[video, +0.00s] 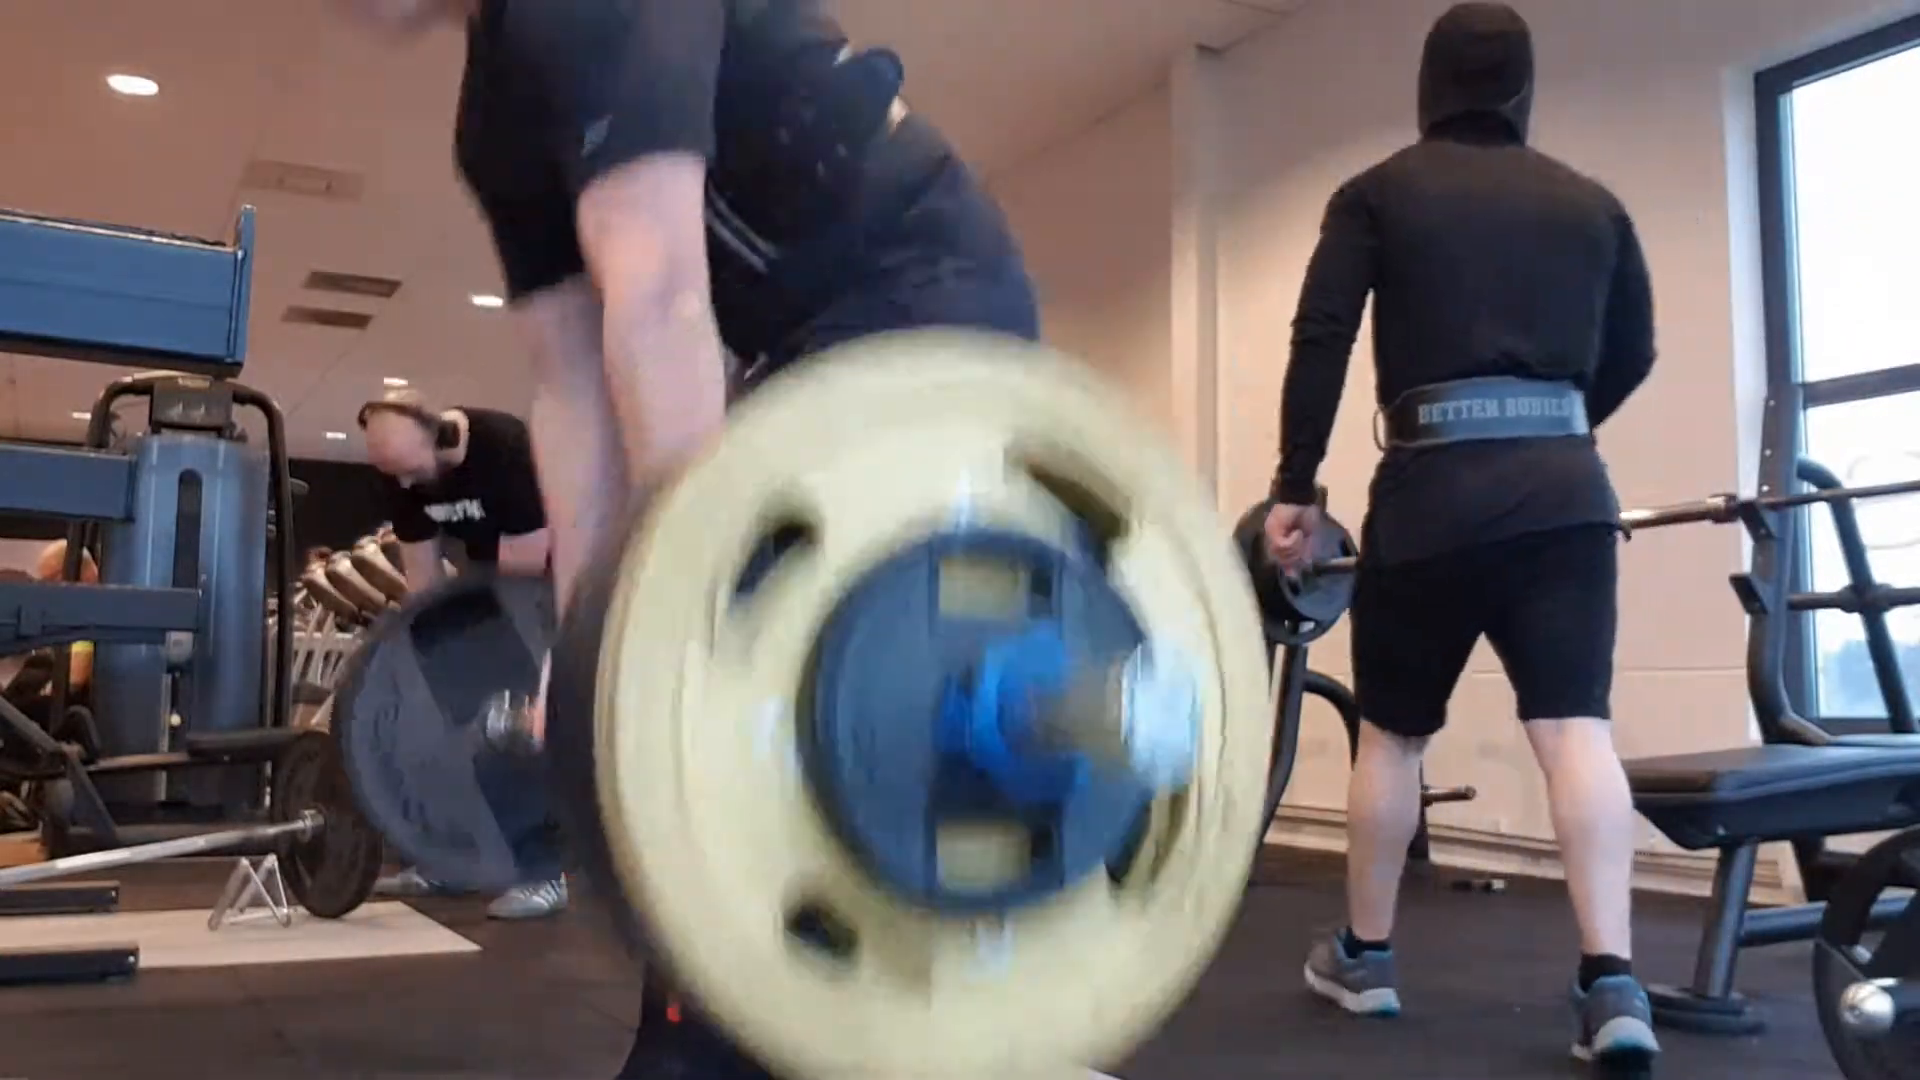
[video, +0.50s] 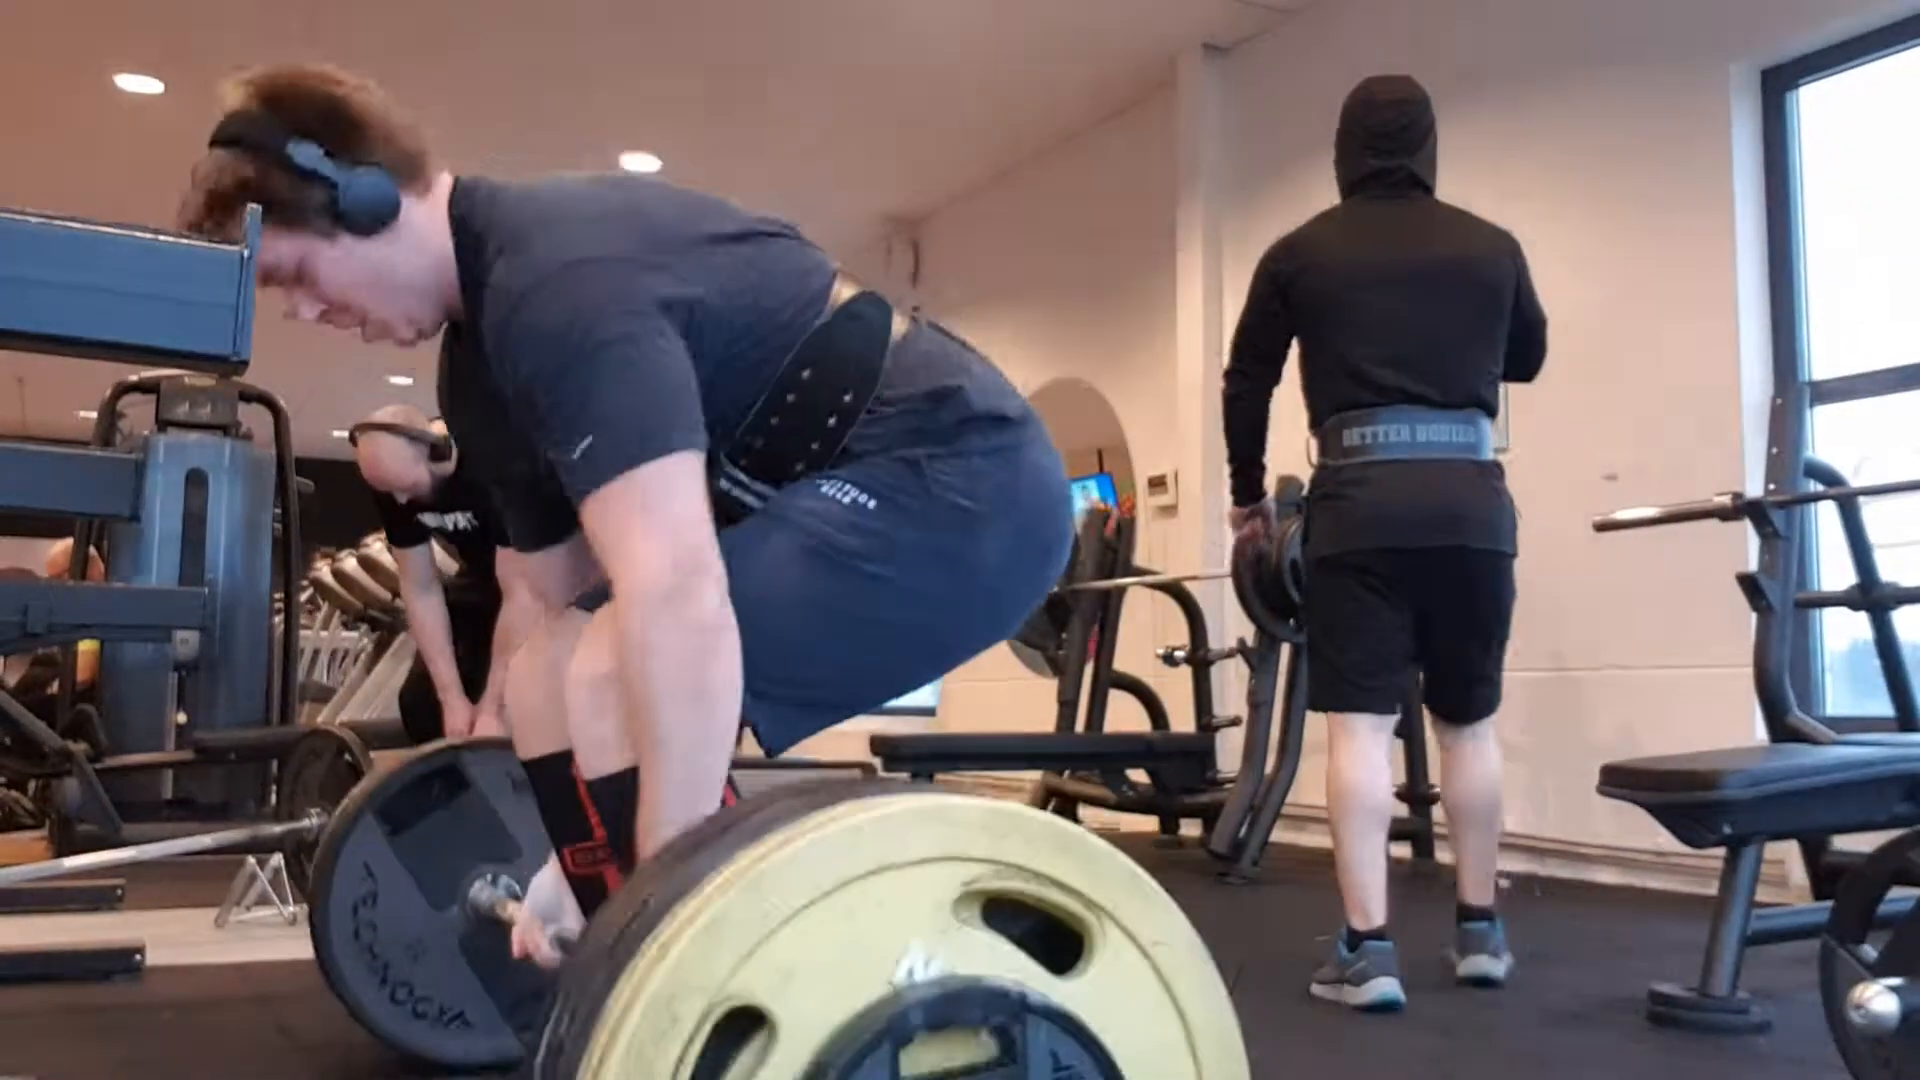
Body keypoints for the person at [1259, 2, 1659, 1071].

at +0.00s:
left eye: (1435, 82)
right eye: (1504, 83)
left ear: (1425, 90)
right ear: (1523, 96)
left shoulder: (1375, 195)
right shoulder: (1592, 202)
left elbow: (1320, 335)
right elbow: (1631, 353)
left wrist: (1295, 484)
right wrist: (1547, 433)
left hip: (1431, 498)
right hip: (1565, 495)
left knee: (1393, 732)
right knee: (1576, 728)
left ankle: (1365, 957)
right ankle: (1612, 984)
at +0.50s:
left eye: (1355, 143)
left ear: (1343, 154)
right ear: (1430, 151)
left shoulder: (1299, 254)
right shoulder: (1493, 246)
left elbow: (1247, 381)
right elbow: (1524, 360)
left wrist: (1248, 498)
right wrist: (1445, 338)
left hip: (1357, 509)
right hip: (1471, 509)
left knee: (1358, 724)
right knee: (1469, 721)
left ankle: (1367, 950)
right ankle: (1480, 930)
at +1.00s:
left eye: (1423, 196)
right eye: (1464, 204)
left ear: (1402, 208)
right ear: (1479, 216)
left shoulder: (1348, 288)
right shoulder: (1516, 303)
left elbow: (1295, 404)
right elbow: (1502, 400)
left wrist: (1282, 511)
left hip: (1373, 530)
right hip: (1474, 531)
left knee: (1331, 698)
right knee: (1458, 724)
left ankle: (1362, 857)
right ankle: (1455, 917)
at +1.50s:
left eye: (1343, 257)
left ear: (1339, 266)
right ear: (1413, 264)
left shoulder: (1305, 343)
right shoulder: (1460, 334)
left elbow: (1265, 448)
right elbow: (1480, 410)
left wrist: (1256, 543)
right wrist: (1418, 389)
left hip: (1349, 554)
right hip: (1442, 548)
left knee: (1351, 724)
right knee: (1448, 714)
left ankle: (1359, 894)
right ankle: (1447, 849)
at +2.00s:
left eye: (1339, 292)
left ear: (1340, 300)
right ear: (1406, 297)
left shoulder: (1320, 361)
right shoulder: (1454, 362)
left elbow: (1296, 447)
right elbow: (1483, 442)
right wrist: (1427, 408)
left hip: (1348, 567)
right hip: (1436, 568)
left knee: (1351, 725)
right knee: (1446, 730)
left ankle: (1359, 886)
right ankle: (1461, 879)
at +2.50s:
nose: (1374, 325)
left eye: (1376, 316)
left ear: (1381, 318)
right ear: (1442, 319)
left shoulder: (1356, 380)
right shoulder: (1484, 391)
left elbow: (1313, 474)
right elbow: (1492, 485)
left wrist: (1295, 544)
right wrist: (1426, 498)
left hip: (1380, 568)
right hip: (1458, 571)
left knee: (1359, 713)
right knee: (1454, 721)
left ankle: (1374, 862)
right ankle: (1459, 875)